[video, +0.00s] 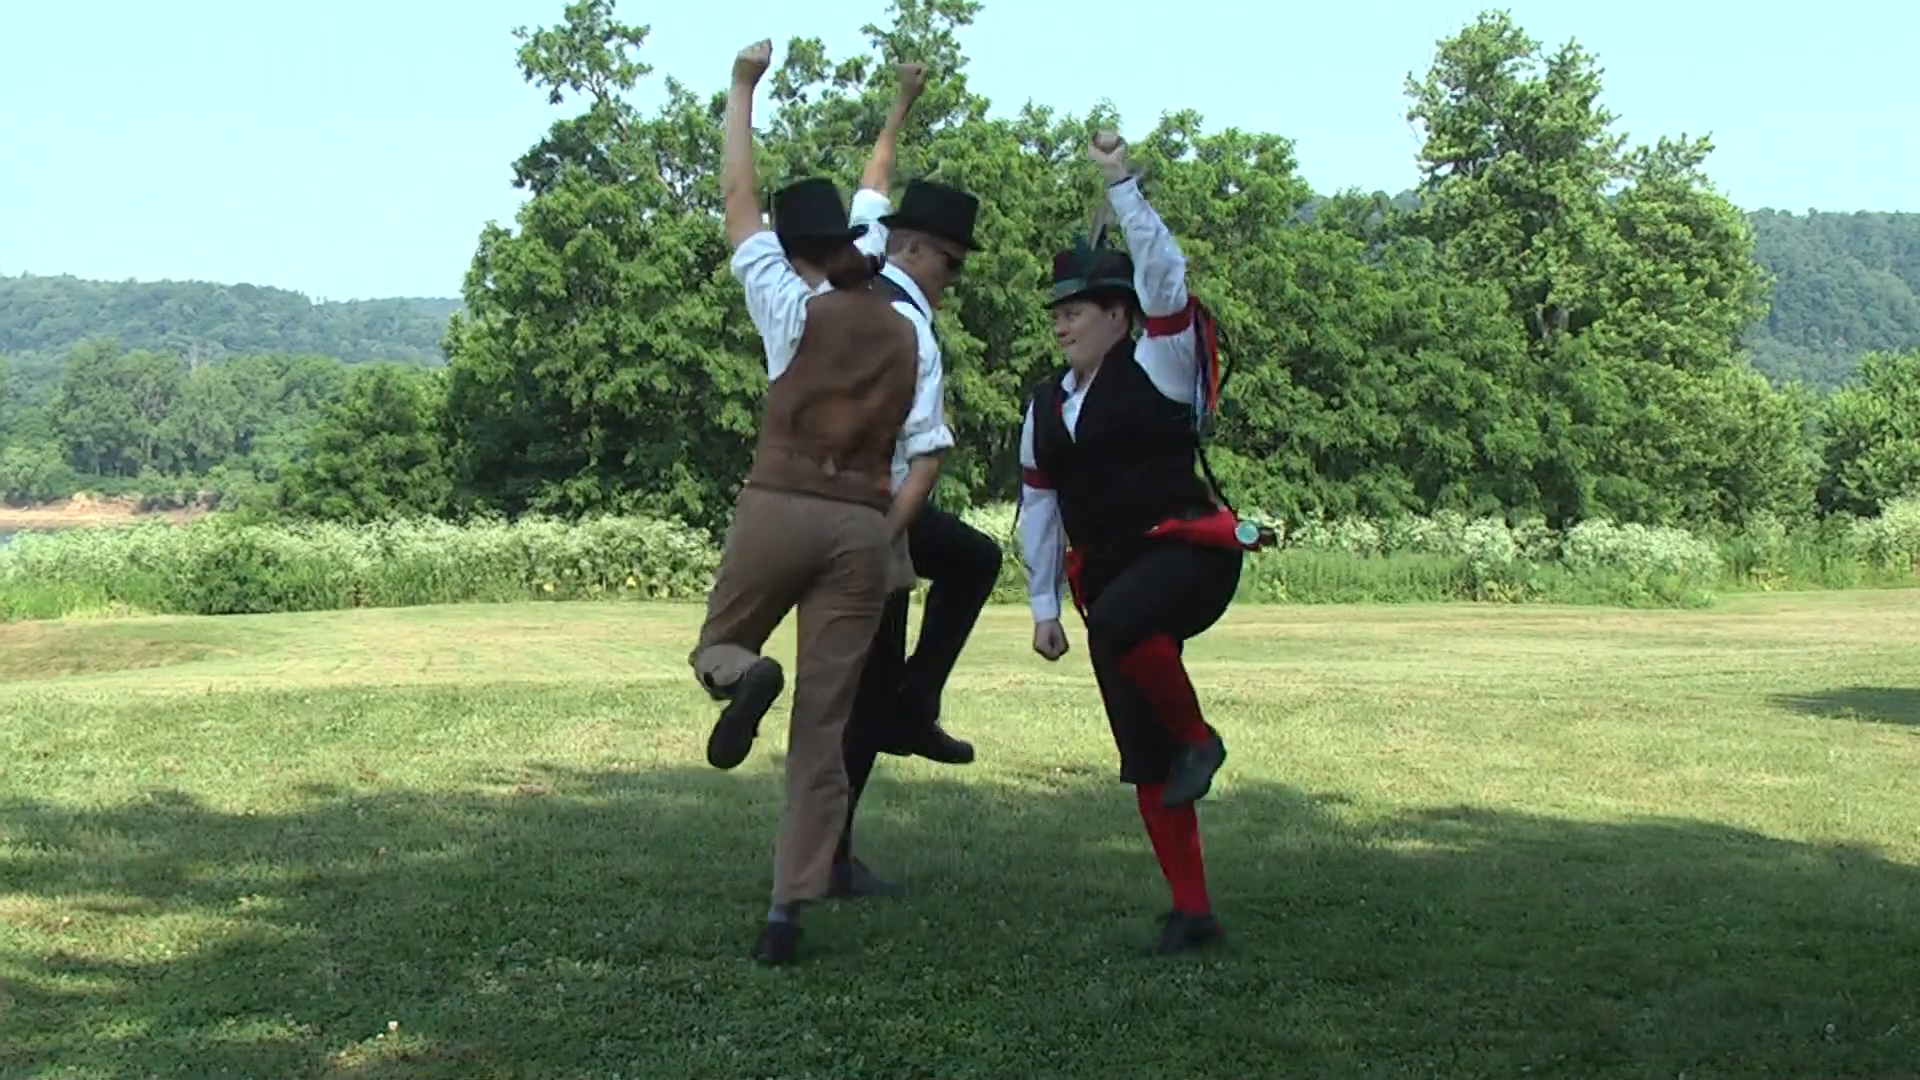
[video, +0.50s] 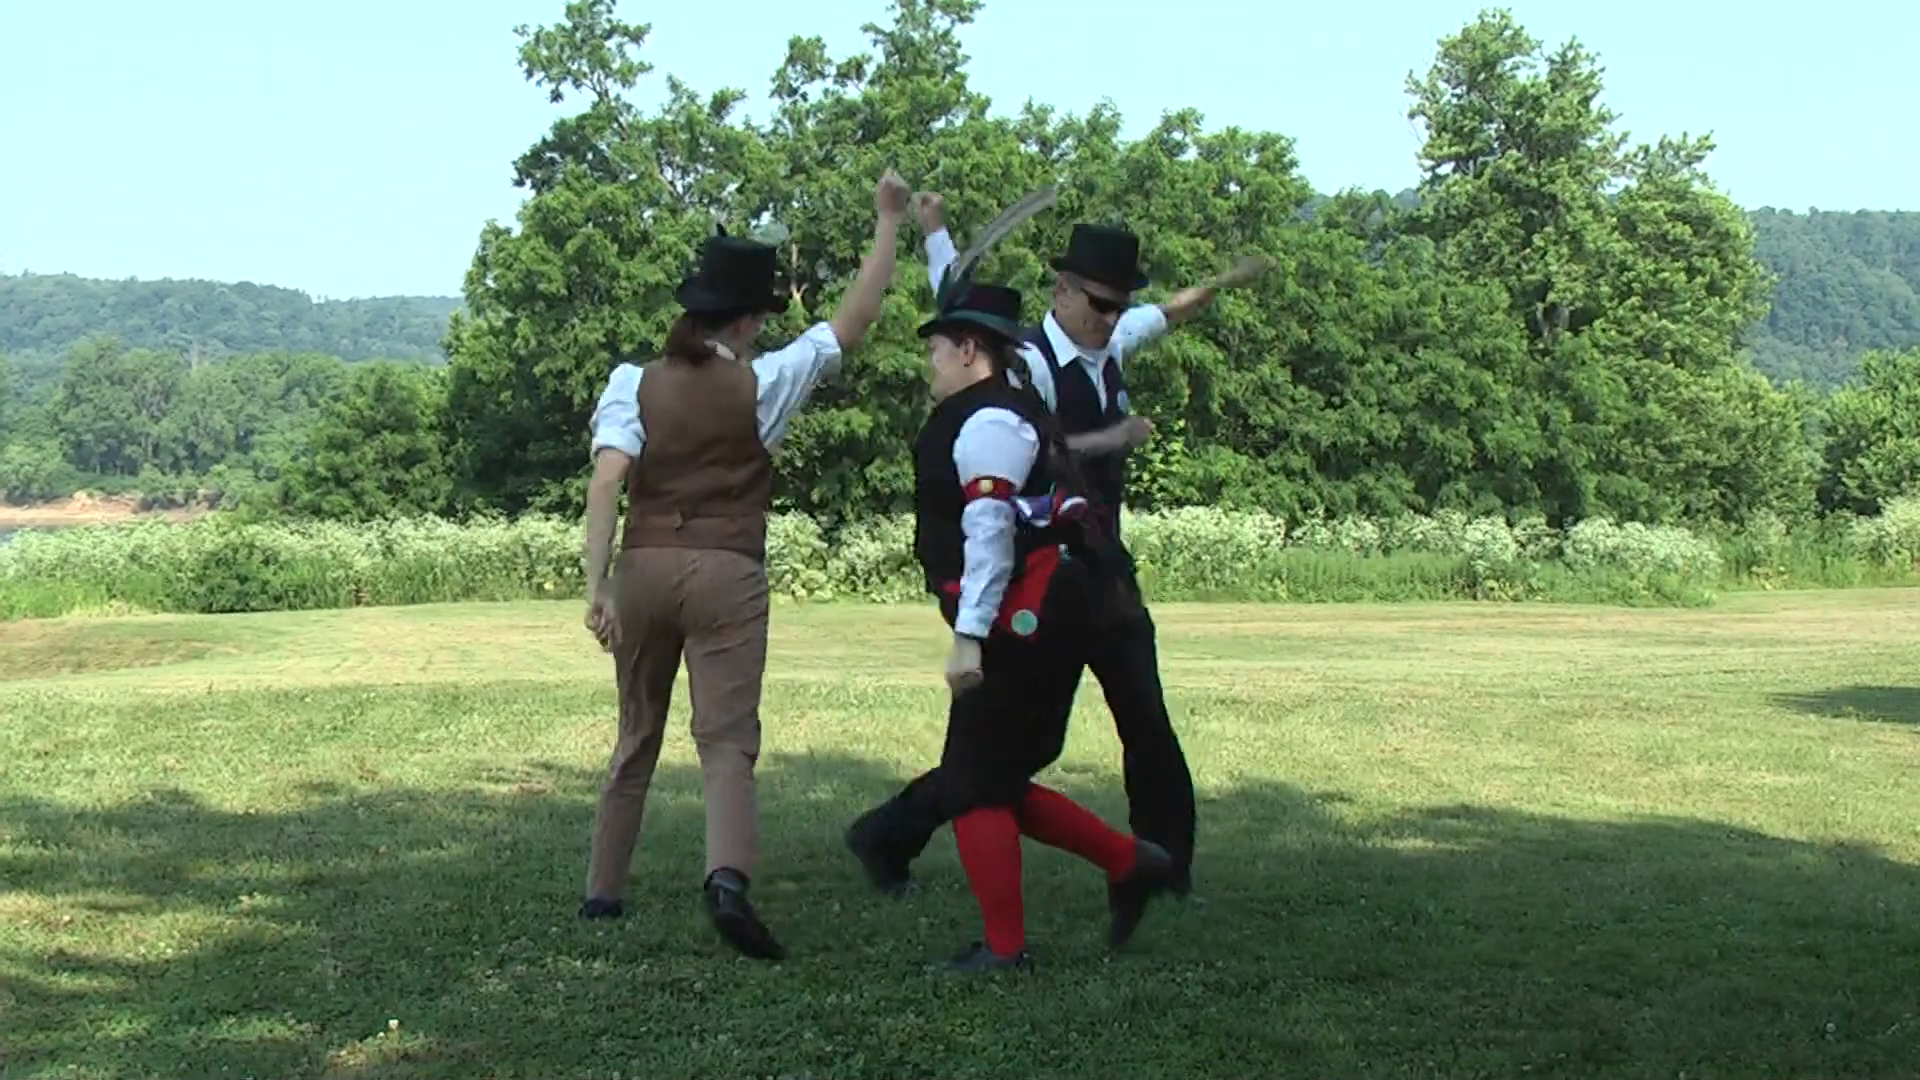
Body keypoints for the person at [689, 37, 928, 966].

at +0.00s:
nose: (796, 267)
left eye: (789, 254)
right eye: (839, 245)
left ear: (798, 258)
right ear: (858, 246)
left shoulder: (788, 307)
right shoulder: (912, 330)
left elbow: (743, 207)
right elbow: (927, 452)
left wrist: (741, 95)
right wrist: (886, 534)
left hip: (775, 516)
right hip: (864, 531)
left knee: (719, 639)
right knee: (823, 728)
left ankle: (745, 676)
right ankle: (788, 909)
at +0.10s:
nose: (775, 306)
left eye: (777, 295)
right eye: (787, 294)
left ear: (776, 298)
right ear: (837, 293)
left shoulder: (751, 356)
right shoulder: (876, 379)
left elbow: (678, 260)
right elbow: (884, 484)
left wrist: (721, 167)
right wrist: (899, 571)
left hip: (746, 561)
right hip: (834, 574)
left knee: (721, 684)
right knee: (792, 762)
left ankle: (706, 731)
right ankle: (760, 928)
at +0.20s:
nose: (774, 305)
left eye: (766, 294)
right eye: (790, 294)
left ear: (756, 295)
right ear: (820, 295)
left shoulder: (724, 359)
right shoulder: (857, 387)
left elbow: (612, 357)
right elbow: (876, 501)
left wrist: (680, 297)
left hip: (720, 567)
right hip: (809, 577)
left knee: (702, 692)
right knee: (780, 760)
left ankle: (673, 790)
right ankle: (760, 927)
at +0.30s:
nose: (785, 290)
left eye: (764, 279)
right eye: (792, 281)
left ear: (734, 282)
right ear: (798, 287)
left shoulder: (691, 355)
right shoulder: (827, 370)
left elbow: (604, 439)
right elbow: (895, 450)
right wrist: (890, 376)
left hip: (695, 549)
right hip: (782, 558)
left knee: (675, 678)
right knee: (767, 734)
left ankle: (639, 823)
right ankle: (759, 914)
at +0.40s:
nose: (786, 299)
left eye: (782, 287)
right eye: (783, 289)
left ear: (716, 285)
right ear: (771, 294)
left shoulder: (658, 360)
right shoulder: (794, 365)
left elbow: (632, 464)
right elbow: (909, 370)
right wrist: (896, 285)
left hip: (666, 544)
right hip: (753, 553)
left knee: (649, 703)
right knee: (747, 726)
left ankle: (613, 855)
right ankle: (747, 896)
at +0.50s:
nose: (764, 328)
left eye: (761, 316)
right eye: (761, 317)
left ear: (690, 312)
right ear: (744, 318)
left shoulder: (632, 383)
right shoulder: (766, 380)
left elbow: (606, 479)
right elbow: (851, 320)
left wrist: (596, 585)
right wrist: (888, 226)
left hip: (644, 568)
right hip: (729, 570)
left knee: (634, 738)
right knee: (728, 741)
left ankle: (602, 893)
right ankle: (727, 883)